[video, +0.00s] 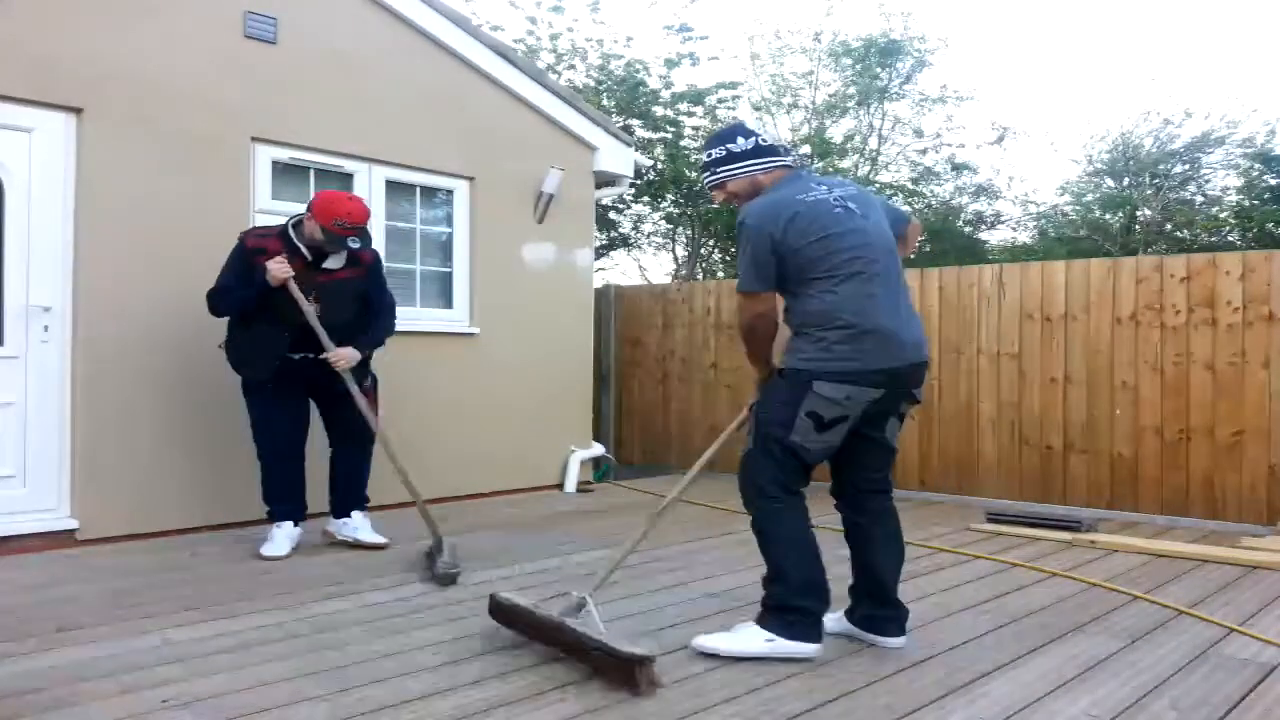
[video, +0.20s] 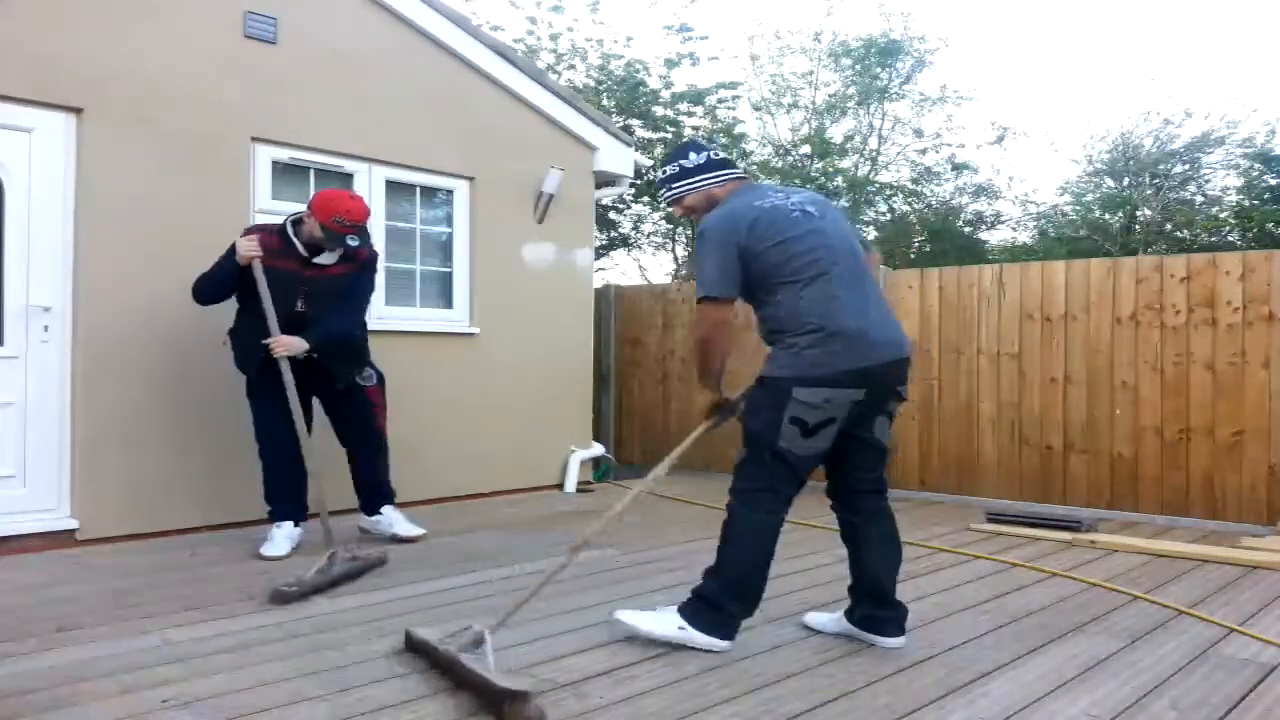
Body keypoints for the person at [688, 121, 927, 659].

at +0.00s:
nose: (722, 198)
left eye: (722, 185)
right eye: (717, 189)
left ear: (751, 169)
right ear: (774, 166)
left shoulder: (762, 216)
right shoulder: (847, 190)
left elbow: (758, 316)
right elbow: (907, 228)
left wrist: (763, 371)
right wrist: (862, 294)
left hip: (833, 361)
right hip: (902, 356)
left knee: (767, 476)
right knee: (864, 483)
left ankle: (791, 623)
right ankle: (878, 616)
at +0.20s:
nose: (683, 214)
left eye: (682, 202)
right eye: (677, 207)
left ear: (705, 184)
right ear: (728, 178)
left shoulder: (722, 223)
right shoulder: (811, 200)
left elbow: (713, 324)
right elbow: (866, 267)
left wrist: (712, 389)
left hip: (814, 361)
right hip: (884, 356)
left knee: (761, 487)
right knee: (860, 488)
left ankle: (712, 617)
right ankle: (878, 616)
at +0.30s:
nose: (652, 217)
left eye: (651, 204)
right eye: (646, 209)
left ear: (677, 189)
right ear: (702, 182)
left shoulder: (698, 225)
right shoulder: (776, 203)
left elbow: (690, 324)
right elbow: (806, 301)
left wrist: (683, 396)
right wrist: (753, 373)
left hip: (796, 362)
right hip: (865, 355)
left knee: (742, 489)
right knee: (852, 490)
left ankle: (705, 619)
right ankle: (877, 617)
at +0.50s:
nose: (613, 219)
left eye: (609, 207)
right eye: (606, 211)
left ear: (630, 189)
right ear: (651, 181)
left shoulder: (660, 224)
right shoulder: (723, 205)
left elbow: (635, 319)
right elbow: (758, 280)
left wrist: (607, 398)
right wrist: (705, 341)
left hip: (765, 360)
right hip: (832, 354)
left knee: (720, 488)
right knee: (825, 485)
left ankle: (704, 620)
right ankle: (861, 614)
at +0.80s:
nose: (598, 213)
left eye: (597, 199)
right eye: (593, 203)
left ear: (622, 183)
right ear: (646, 177)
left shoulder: (649, 217)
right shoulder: (723, 201)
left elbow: (608, 303)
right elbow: (752, 277)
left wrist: (591, 382)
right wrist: (692, 331)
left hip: (739, 359)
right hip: (807, 352)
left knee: (712, 488)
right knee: (788, 478)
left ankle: (704, 620)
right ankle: (798, 596)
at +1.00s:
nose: (617, 207)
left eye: (615, 195)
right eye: (612, 197)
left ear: (638, 182)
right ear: (663, 174)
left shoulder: (655, 222)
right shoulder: (744, 200)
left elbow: (648, 317)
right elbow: (800, 256)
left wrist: (664, 375)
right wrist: (764, 317)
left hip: (726, 360)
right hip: (794, 355)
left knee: (700, 486)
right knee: (765, 476)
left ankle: (704, 617)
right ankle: (769, 592)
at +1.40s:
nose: (610, 215)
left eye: (609, 204)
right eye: (605, 206)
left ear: (632, 191)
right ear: (655, 184)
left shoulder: (646, 237)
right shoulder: (735, 207)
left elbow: (655, 335)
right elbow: (789, 256)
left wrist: (656, 387)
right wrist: (770, 320)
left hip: (724, 362)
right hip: (792, 355)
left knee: (688, 477)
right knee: (769, 475)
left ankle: (678, 593)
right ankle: (768, 590)